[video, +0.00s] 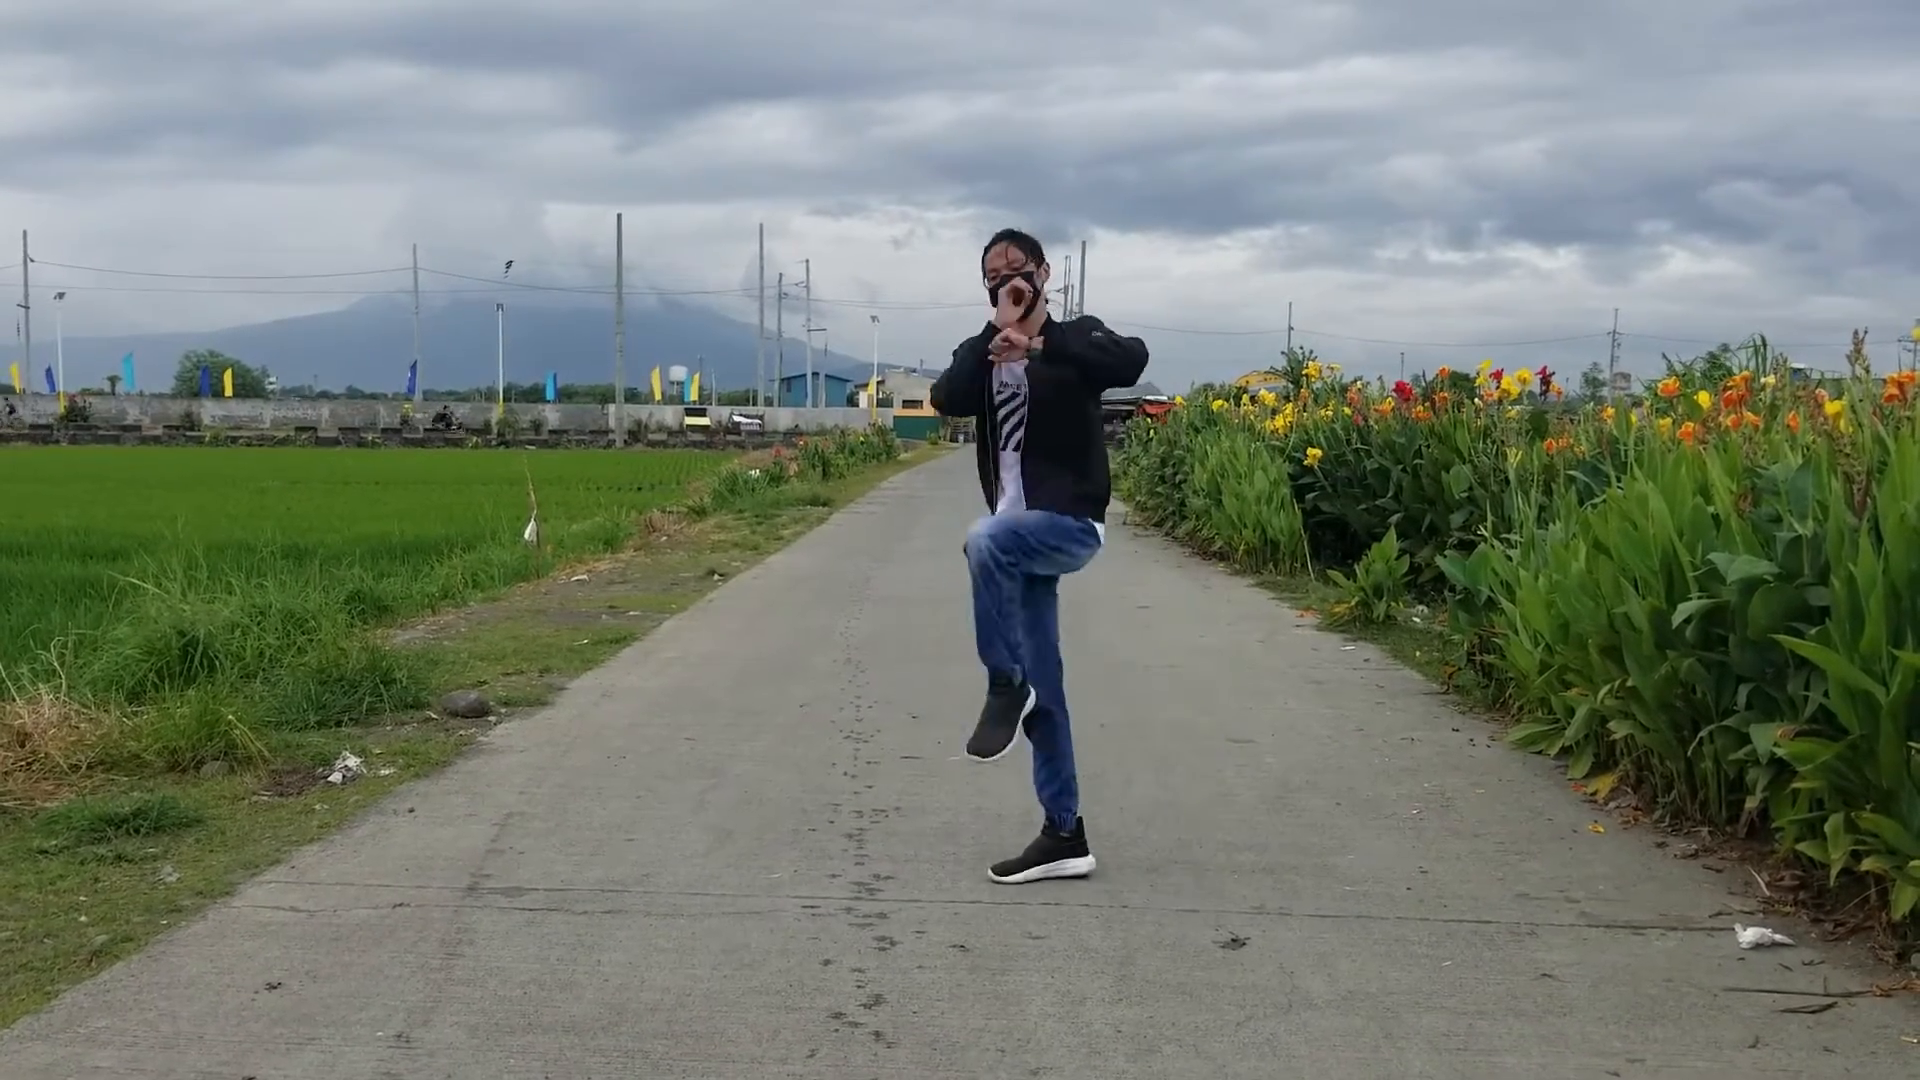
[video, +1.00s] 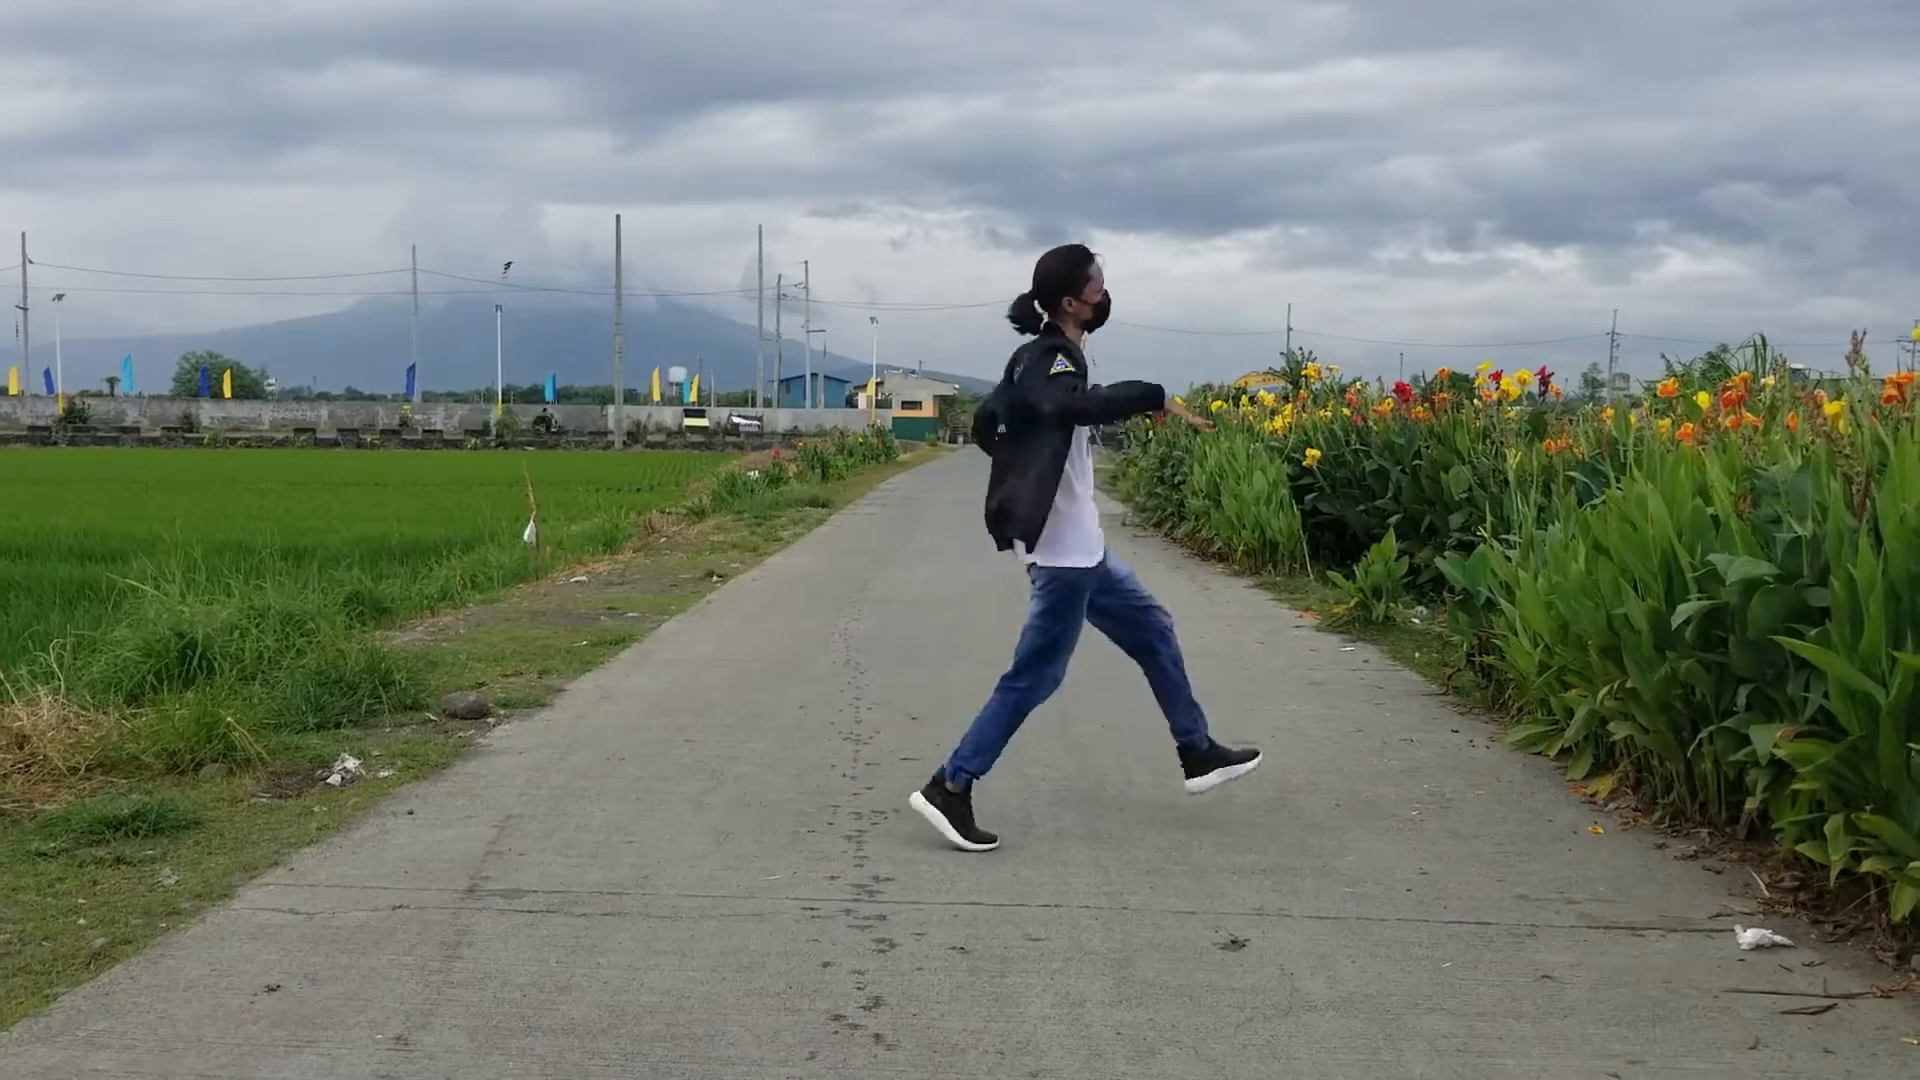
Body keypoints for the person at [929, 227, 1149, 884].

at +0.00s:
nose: (1007, 283)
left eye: (1016, 270)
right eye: (996, 277)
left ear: (1042, 273)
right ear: (986, 291)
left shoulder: (1077, 333)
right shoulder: (980, 350)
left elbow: (1131, 361)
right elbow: (949, 400)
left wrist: (1046, 347)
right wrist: (992, 337)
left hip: (1070, 520)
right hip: (1012, 524)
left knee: (987, 540)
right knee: (1040, 685)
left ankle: (1005, 685)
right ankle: (1064, 833)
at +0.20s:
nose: (975, 294)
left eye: (980, 284)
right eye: (975, 285)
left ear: (1009, 284)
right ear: (1009, 286)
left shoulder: (1045, 333)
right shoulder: (996, 344)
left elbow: (1047, 355)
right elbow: (951, 364)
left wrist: (1076, 370)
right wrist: (958, 369)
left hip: (1027, 540)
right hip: (1053, 541)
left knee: (935, 627)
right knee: (1035, 689)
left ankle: (958, 760)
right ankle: (1062, 831)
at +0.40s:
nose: (960, 321)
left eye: (962, 313)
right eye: (964, 311)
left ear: (971, 321)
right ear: (1014, 318)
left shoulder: (985, 390)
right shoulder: (1038, 375)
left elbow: (990, 485)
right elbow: (976, 470)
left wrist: (989, 576)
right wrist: (917, 518)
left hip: (1002, 564)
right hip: (1059, 560)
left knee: (989, 686)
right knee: (1039, 696)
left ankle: (990, 804)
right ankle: (1019, 786)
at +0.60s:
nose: (1026, 297)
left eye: (1014, 289)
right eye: (1026, 288)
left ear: (976, 300)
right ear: (1027, 293)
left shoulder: (948, 370)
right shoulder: (1061, 348)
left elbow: (913, 456)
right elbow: (1107, 427)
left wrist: (943, 507)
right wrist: (1072, 398)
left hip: (983, 537)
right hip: (1048, 530)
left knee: (1007, 656)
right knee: (1106, 642)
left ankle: (991, 777)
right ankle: (996, 703)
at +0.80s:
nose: (1055, 314)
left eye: (1053, 304)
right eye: (1054, 306)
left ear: (1000, 307)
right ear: (1042, 311)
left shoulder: (973, 368)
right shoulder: (1031, 365)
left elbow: (972, 441)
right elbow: (1099, 415)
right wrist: (1191, 401)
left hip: (1009, 547)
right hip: (1035, 551)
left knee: (1089, 639)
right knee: (999, 692)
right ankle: (926, 808)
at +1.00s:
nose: (1104, 292)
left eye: (1101, 283)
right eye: (1097, 285)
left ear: (1056, 301)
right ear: (1073, 298)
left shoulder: (1034, 357)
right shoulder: (1056, 354)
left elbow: (988, 424)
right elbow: (1057, 403)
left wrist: (1032, 459)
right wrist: (1144, 397)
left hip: (1076, 547)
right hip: (1064, 549)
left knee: (1153, 628)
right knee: (1033, 677)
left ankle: (1198, 752)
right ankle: (951, 786)